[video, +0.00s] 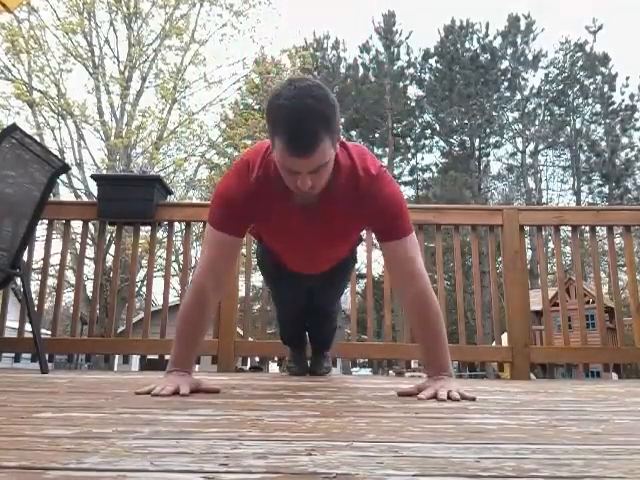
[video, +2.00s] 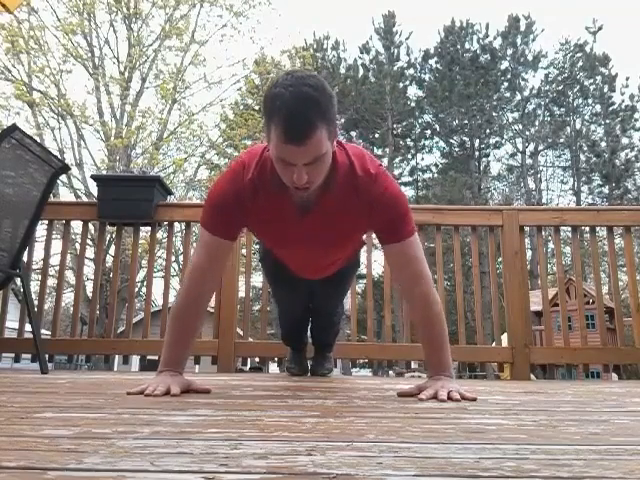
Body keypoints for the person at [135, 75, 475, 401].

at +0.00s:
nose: (303, 183)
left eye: (316, 170)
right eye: (290, 171)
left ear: (337, 143)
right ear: (271, 147)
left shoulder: (371, 185)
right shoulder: (242, 184)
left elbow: (413, 282)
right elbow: (206, 283)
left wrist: (440, 374)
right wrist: (179, 370)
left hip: (336, 254)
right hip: (278, 253)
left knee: (324, 313)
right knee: (290, 317)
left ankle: (321, 353)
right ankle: (295, 352)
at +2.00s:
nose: (299, 177)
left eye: (313, 163)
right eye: (286, 163)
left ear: (334, 139)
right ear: (268, 141)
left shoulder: (370, 184)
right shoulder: (237, 185)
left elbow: (417, 285)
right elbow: (197, 285)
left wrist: (441, 375)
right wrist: (169, 370)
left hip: (339, 257)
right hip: (280, 255)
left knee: (327, 314)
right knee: (291, 314)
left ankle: (324, 354)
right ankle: (296, 351)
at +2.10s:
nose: (299, 199)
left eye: (313, 184)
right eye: (285, 185)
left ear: (334, 158)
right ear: (266, 161)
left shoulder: (375, 198)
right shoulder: (233, 201)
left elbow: (424, 284)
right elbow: (193, 285)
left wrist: (442, 375)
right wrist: (168, 370)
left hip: (338, 278)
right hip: (279, 274)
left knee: (327, 325)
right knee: (292, 324)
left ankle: (323, 352)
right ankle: (297, 350)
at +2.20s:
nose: (296, 255)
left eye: (309, 241)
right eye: (281, 242)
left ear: (331, 209)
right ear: (260, 215)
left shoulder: (374, 227)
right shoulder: (231, 231)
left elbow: (437, 291)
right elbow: (176, 289)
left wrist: (443, 375)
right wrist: (166, 370)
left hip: (334, 308)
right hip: (280, 307)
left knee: (324, 338)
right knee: (293, 338)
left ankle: (323, 356)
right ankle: (295, 356)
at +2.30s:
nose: (296, 297)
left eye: (309, 287)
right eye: (282, 289)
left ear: (332, 252)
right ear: (258, 256)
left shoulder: (374, 251)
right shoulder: (231, 254)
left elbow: (441, 294)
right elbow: (167, 290)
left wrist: (442, 374)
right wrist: (166, 370)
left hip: (337, 322)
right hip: (276, 327)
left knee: (324, 343)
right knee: (292, 345)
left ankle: (321, 354)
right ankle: (296, 355)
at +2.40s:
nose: (294, 343)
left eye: (306, 332)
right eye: (278, 334)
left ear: (330, 290)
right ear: (254, 292)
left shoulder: (368, 273)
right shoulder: (231, 274)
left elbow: (444, 294)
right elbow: (166, 287)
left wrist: (443, 374)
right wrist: (165, 369)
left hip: (340, 351)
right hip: (271, 352)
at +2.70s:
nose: (294, 320)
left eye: (306, 310)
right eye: (279, 311)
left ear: (330, 274)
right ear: (256, 276)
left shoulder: (367, 265)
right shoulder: (230, 263)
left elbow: (443, 293)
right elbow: (165, 290)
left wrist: (444, 375)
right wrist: (165, 370)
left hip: (338, 332)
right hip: (270, 337)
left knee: (328, 348)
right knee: (287, 352)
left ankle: (324, 357)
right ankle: (297, 356)